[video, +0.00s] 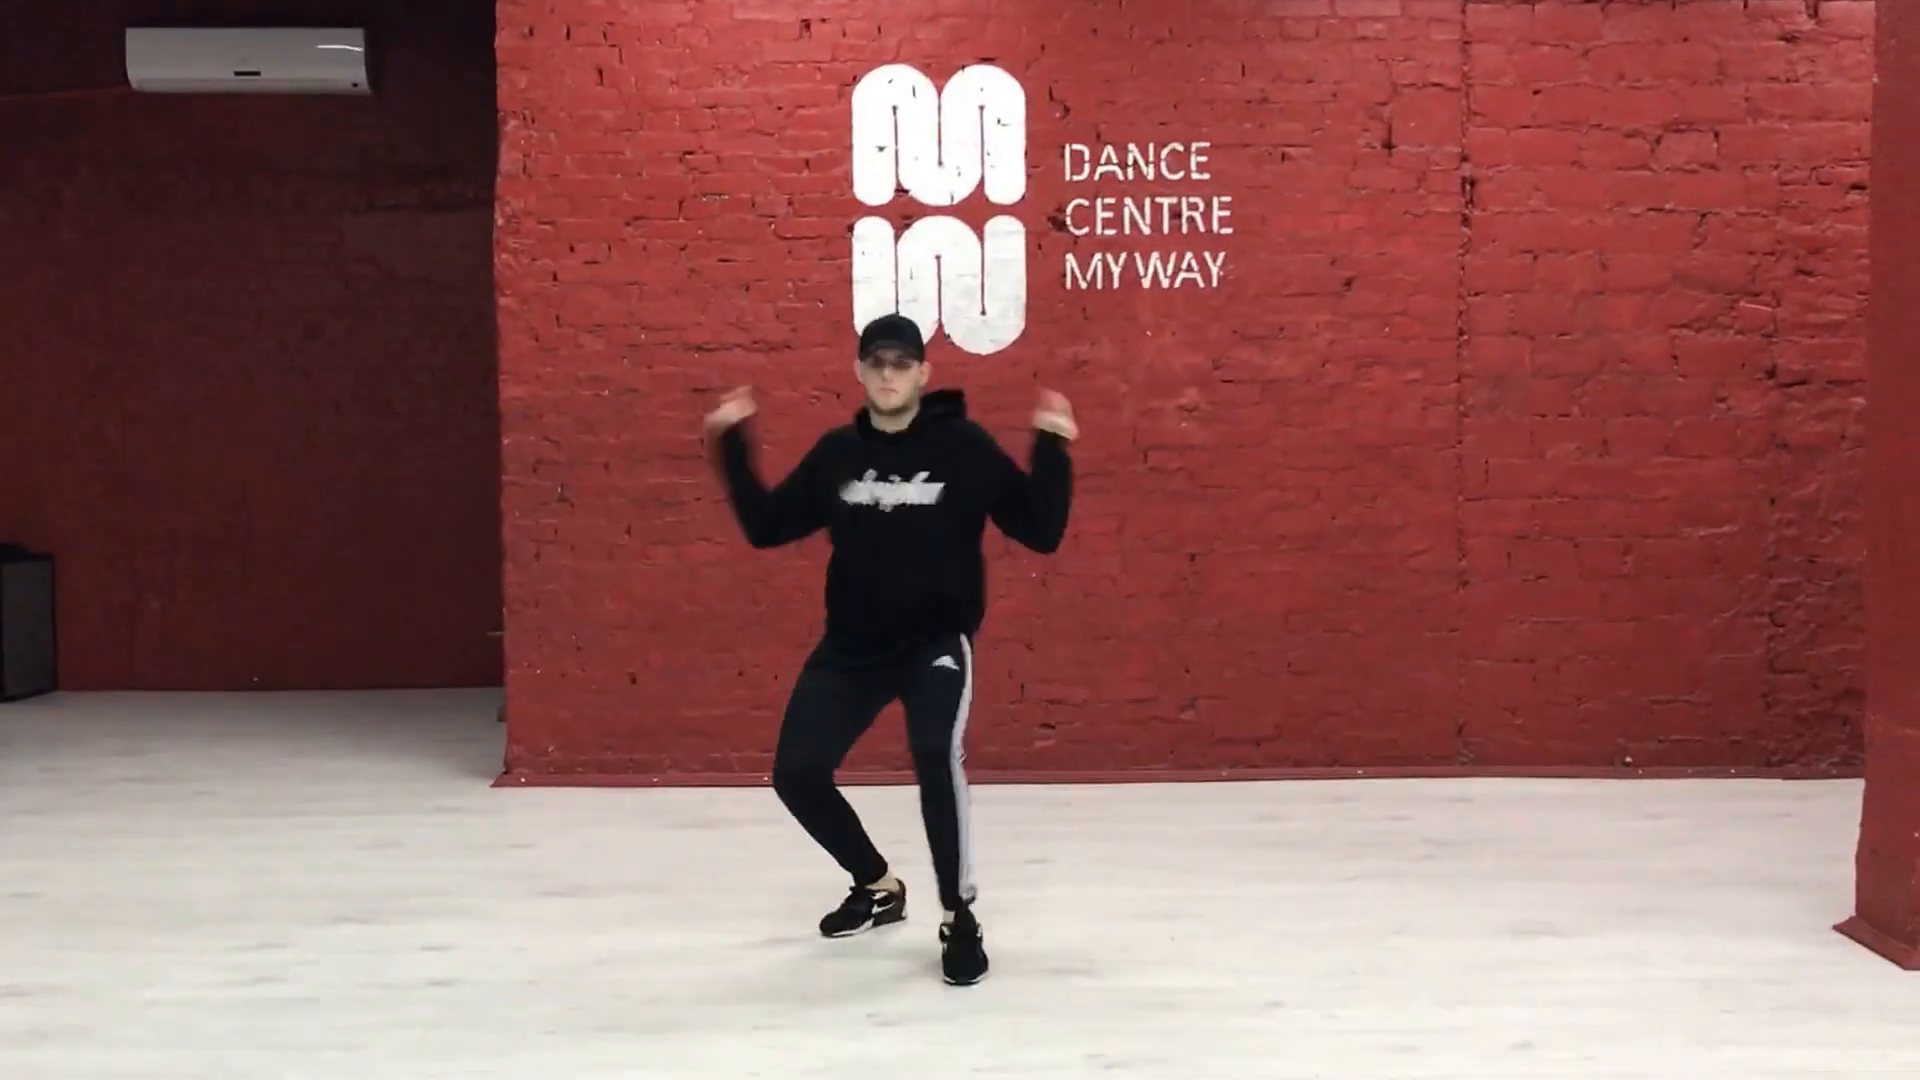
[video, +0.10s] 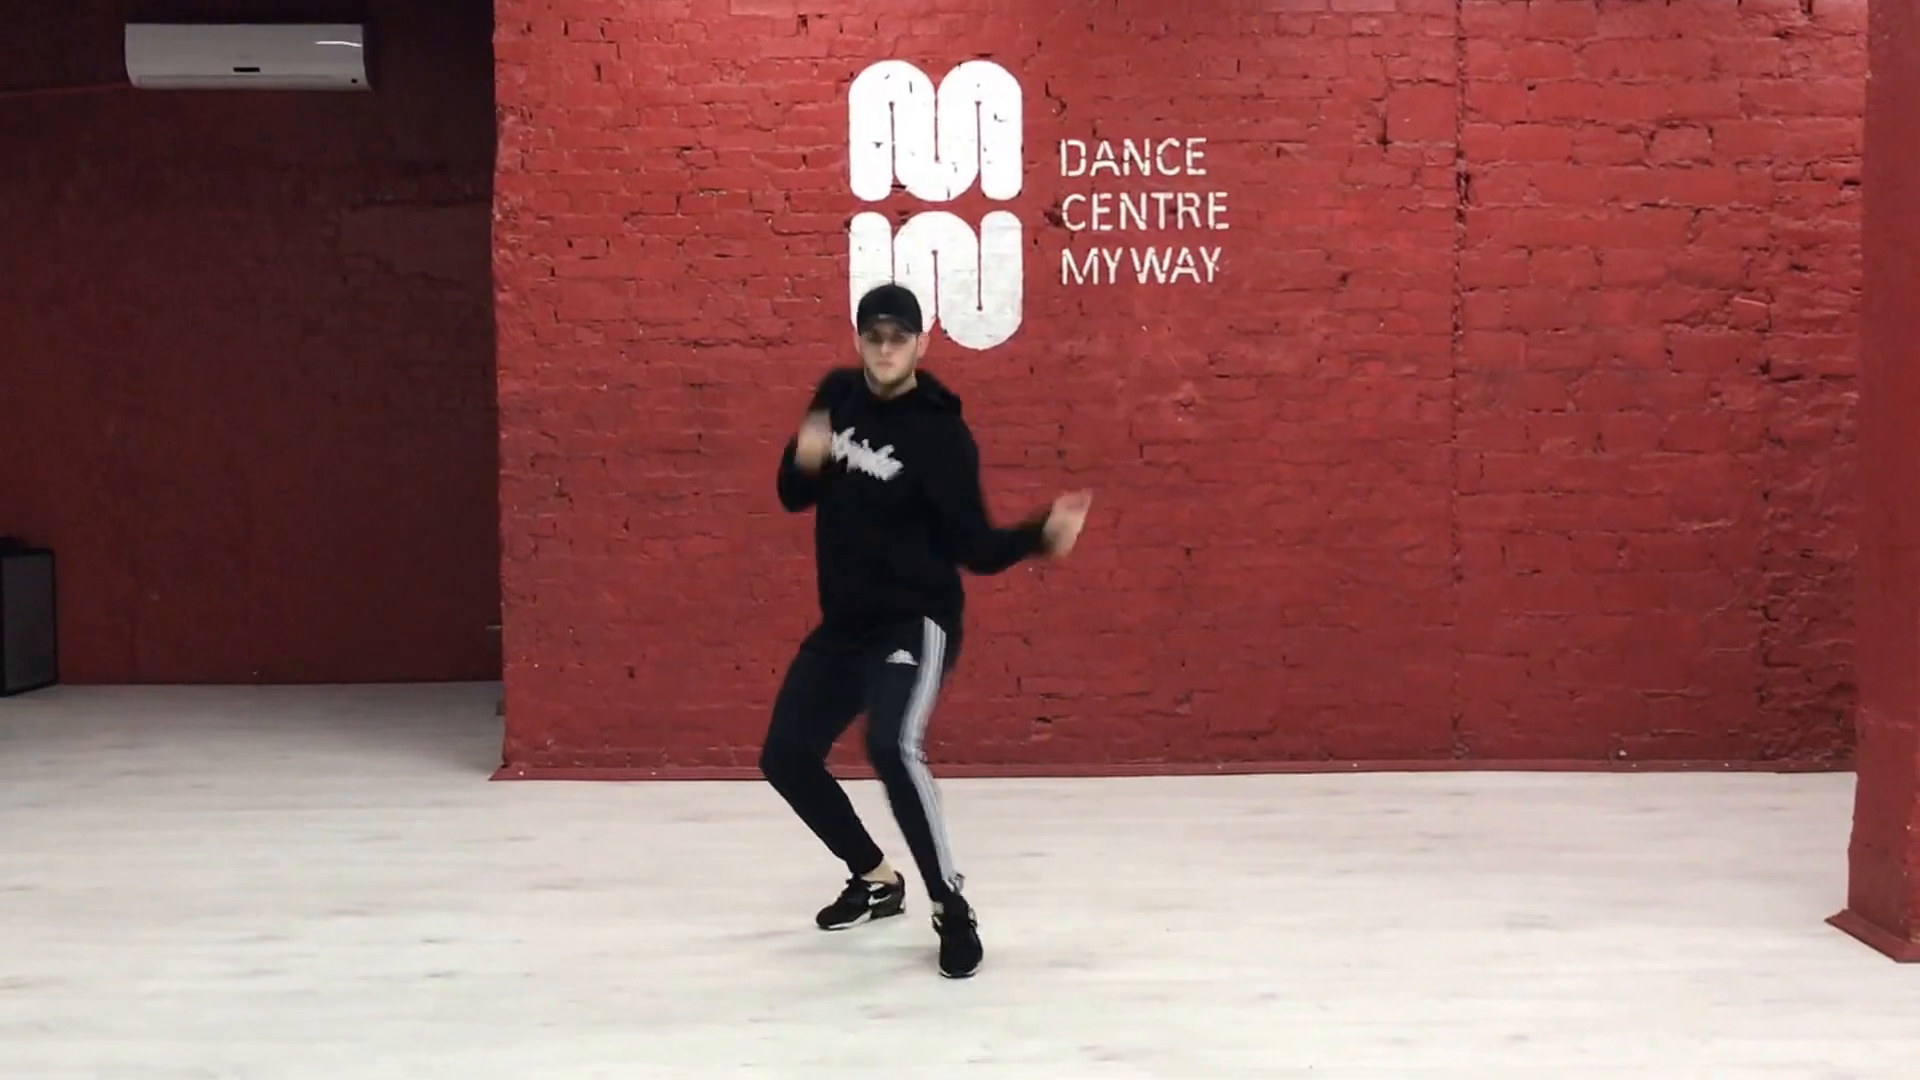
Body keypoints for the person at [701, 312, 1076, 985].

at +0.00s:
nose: (888, 375)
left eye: (902, 363)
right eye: (876, 363)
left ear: (923, 372)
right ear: (860, 372)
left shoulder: (963, 447)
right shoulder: (839, 452)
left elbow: (1041, 531)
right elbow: (766, 525)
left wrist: (1054, 448)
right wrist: (730, 444)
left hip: (938, 642)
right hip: (853, 646)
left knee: (937, 762)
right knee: (798, 775)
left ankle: (960, 917)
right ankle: (878, 885)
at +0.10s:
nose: (885, 348)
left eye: (898, 336)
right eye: (874, 336)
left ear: (920, 342)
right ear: (857, 340)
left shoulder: (940, 427)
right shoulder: (838, 396)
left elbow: (969, 545)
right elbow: (793, 496)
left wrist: (1037, 535)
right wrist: (805, 461)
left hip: (919, 618)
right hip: (847, 619)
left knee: (892, 747)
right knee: (786, 758)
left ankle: (952, 910)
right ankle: (873, 876)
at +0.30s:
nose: (847, 341)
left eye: (862, 329)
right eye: (838, 329)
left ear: (895, 333)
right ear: (828, 336)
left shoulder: (926, 400)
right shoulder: (828, 416)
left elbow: (950, 497)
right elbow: (777, 490)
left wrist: (855, 480)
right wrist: (742, 546)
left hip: (903, 609)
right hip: (828, 603)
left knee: (816, 728)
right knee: (759, 728)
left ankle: (809, 912)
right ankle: (848, 871)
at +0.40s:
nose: (803, 340)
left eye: (819, 329)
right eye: (802, 328)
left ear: (858, 338)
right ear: (818, 338)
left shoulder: (883, 408)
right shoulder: (841, 406)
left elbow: (931, 526)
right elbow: (842, 520)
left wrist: (837, 552)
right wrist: (788, 519)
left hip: (913, 602)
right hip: (856, 595)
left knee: (819, 719)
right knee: (775, 719)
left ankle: (810, 904)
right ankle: (848, 866)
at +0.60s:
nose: (886, 335)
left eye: (899, 323)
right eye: (885, 322)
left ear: (940, 325)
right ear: (893, 325)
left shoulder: (938, 405)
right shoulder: (895, 386)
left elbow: (887, 515)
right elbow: (852, 474)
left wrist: (795, 487)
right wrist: (772, 462)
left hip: (910, 596)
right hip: (876, 588)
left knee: (826, 736)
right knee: (795, 691)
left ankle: (965, 873)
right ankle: (847, 862)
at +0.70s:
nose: (917, 358)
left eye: (930, 345)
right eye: (912, 344)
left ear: (970, 343)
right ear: (911, 344)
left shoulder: (975, 434)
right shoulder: (926, 401)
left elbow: (892, 531)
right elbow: (864, 464)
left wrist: (817, 478)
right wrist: (789, 459)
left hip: (915, 605)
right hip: (882, 596)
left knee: (840, 753)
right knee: (799, 684)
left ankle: (982, 883)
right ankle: (844, 857)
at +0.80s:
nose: (927, 335)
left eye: (942, 322)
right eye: (922, 322)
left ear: (980, 325)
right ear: (917, 324)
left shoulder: (990, 414)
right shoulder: (926, 379)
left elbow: (919, 503)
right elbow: (878, 455)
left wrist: (848, 452)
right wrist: (804, 435)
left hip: (954, 599)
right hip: (912, 591)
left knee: (874, 747)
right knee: (826, 675)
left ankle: (996, 890)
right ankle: (853, 851)